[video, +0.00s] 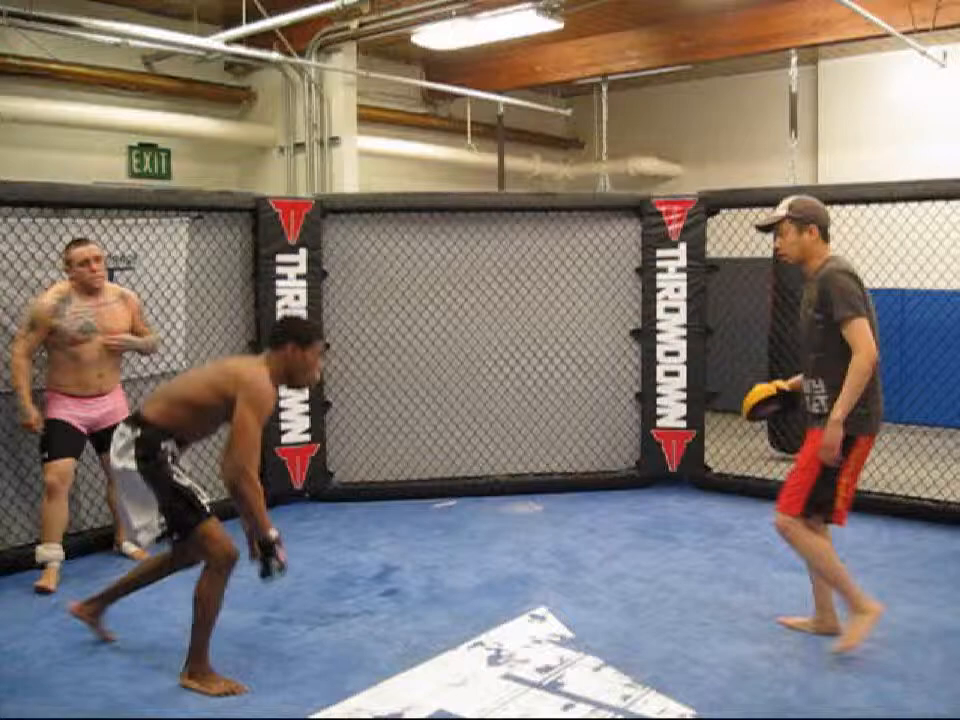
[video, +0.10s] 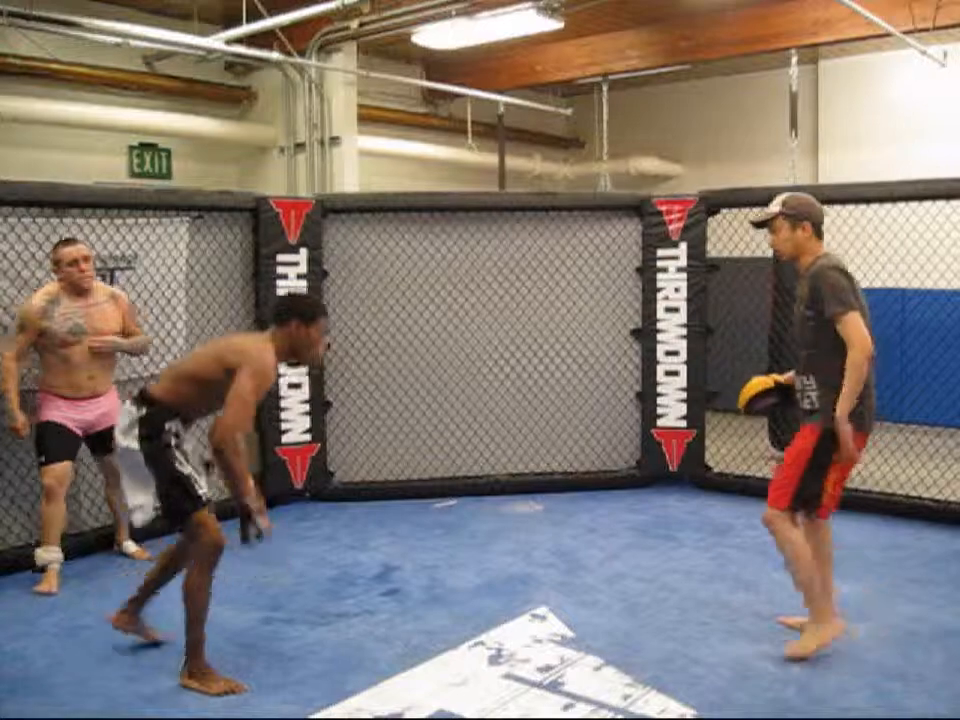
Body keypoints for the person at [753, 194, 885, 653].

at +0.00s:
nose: (777, 244)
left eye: (782, 234)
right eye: (776, 235)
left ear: (810, 233)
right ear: (804, 234)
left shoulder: (836, 278)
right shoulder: (817, 280)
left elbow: (866, 353)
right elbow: (830, 363)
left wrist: (836, 421)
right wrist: (790, 386)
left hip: (845, 423)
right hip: (828, 420)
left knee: (790, 519)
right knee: (811, 521)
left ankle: (863, 606)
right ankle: (823, 615)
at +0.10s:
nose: (770, 238)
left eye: (775, 229)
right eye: (770, 230)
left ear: (803, 230)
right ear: (800, 232)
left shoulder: (827, 275)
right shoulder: (814, 276)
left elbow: (862, 347)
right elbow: (828, 361)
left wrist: (842, 414)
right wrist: (787, 380)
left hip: (831, 419)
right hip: (828, 416)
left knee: (778, 514)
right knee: (813, 517)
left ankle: (822, 619)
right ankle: (823, 612)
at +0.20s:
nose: (761, 234)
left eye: (766, 226)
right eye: (762, 226)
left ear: (793, 228)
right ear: (794, 229)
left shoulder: (812, 274)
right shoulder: (808, 271)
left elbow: (848, 345)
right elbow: (820, 350)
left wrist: (834, 409)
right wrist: (782, 379)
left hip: (818, 421)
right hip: (830, 417)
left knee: (771, 515)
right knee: (815, 513)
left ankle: (771, 635)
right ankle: (826, 613)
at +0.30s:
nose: (753, 236)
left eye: (757, 228)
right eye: (753, 228)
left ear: (781, 229)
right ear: (789, 229)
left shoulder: (796, 276)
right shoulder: (816, 268)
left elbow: (821, 354)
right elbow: (822, 353)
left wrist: (802, 421)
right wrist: (773, 381)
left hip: (805, 423)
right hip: (832, 422)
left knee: (765, 522)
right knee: (811, 518)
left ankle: (766, 643)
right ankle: (827, 615)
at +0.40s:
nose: (744, 233)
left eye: (748, 224)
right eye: (744, 225)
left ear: (773, 226)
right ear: (783, 226)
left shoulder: (785, 275)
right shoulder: (815, 267)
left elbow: (788, 361)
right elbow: (806, 350)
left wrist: (759, 422)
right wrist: (747, 359)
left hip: (797, 419)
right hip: (828, 415)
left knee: (765, 525)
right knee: (809, 519)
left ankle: (766, 643)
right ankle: (826, 614)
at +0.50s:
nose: (742, 228)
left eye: (746, 219)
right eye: (742, 219)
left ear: (771, 222)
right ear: (779, 222)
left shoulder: (782, 273)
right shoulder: (812, 264)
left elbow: (767, 357)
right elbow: (788, 324)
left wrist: (715, 391)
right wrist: (735, 303)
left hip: (792, 420)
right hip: (822, 416)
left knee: (760, 526)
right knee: (805, 521)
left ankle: (764, 643)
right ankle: (822, 622)